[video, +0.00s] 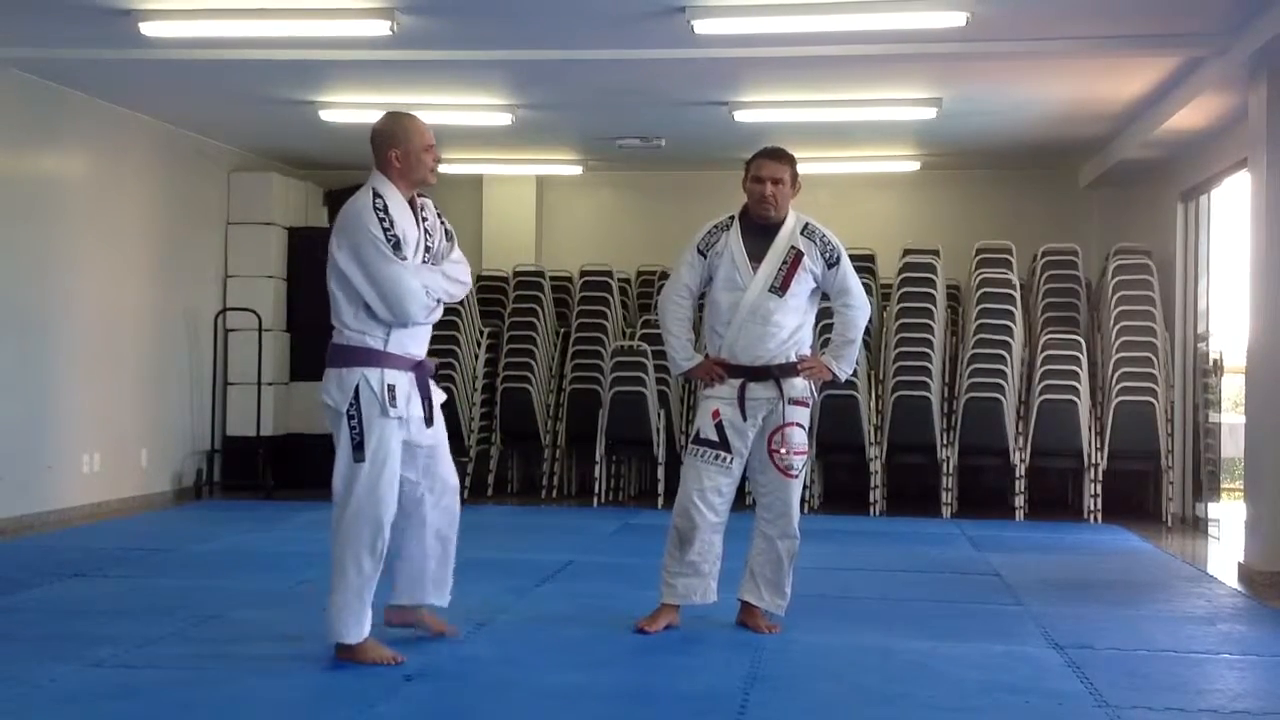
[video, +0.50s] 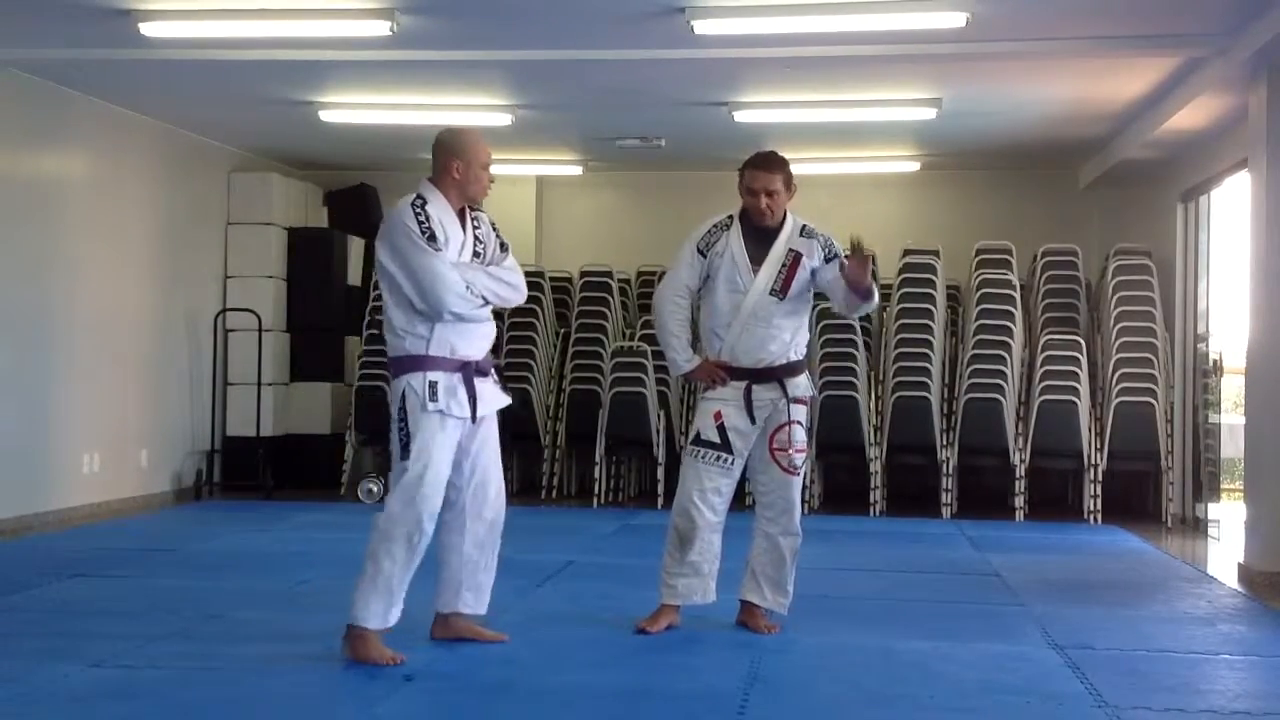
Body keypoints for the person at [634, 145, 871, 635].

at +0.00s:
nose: (767, 191)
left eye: (778, 183)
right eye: (758, 181)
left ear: (794, 189)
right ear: (744, 185)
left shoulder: (818, 244)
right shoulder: (713, 238)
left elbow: (854, 305)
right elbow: (674, 299)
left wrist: (836, 362)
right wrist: (688, 357)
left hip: (788, 391)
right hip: (722, 386)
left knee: (780, 507)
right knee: (696, 500)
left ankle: (756, 605)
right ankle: (672, 603)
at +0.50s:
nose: (763, 203)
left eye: (773, 194)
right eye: (754, 193)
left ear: (790, 194)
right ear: (740, 191)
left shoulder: (814, 244)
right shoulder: (713, 237)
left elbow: (851, 304)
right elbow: (669, 298)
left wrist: (860, 287)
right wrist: (687, 360)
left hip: (787, 390)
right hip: (722, 386)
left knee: (780, 506)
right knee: (695, 501)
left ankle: (757, 604)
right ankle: (672, 602)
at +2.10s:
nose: (750, 196)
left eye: (762, 189)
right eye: (746, 186)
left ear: (787, 193)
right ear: (742, 185)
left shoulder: (809, 234)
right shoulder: (716, 235)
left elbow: (852, 238)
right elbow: (676, 295)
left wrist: (813, 187)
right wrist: (687, 356)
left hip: (786, 387)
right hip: (722, 383)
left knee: (780, 505)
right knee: (696, 500)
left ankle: (755, 606)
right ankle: (672, 604)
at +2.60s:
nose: (749, 201)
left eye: (761, 196)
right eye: (748, 191)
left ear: (788, 202)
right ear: (744, 188)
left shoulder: (809, 238)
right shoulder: (718, 235)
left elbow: (854, 215)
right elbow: (677, 294)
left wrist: (816, 175)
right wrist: (686, 357)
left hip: (787, 388)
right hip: (723, 385)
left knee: (780, 505)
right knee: (697, 500)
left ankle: (755, 606)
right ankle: (672, 604)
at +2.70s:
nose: (747, 201)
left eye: (759, 196)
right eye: (745, 190)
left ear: (786, 200)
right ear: (742, 186)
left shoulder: (810, 239)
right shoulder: (717, 236)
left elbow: (853, 221)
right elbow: (676, 296)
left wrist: (810, 182)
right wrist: (687, 357)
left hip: (787, 389)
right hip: (723, 386)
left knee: (780, 506)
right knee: (696, 501)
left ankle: (755, 606)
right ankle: (672, 604)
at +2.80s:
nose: (746, 200)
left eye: (757, 195)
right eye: (744, 190)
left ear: (785, 200)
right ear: (740, 186)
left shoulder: (810, 239)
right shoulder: (717, 236)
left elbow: (855, 227)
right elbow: (676, 297)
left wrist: (805, 185)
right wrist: (687, 358)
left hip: (787, 389)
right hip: (723, 386)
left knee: (780, 506)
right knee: (697, 501)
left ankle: (755, 606)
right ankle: (672, 604)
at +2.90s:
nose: (745, 201)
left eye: (756, 195)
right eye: (742, 191)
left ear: (784, 197)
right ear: (738, 186)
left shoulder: (810, 238)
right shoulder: (716, 236)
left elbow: (857, 236)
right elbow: (676, 297)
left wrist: (805, 192)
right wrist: (687, 358)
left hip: (786, 389)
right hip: (722, 386)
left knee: (780, 506)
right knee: (696, 501)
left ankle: (755, 606)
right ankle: (673, 604)